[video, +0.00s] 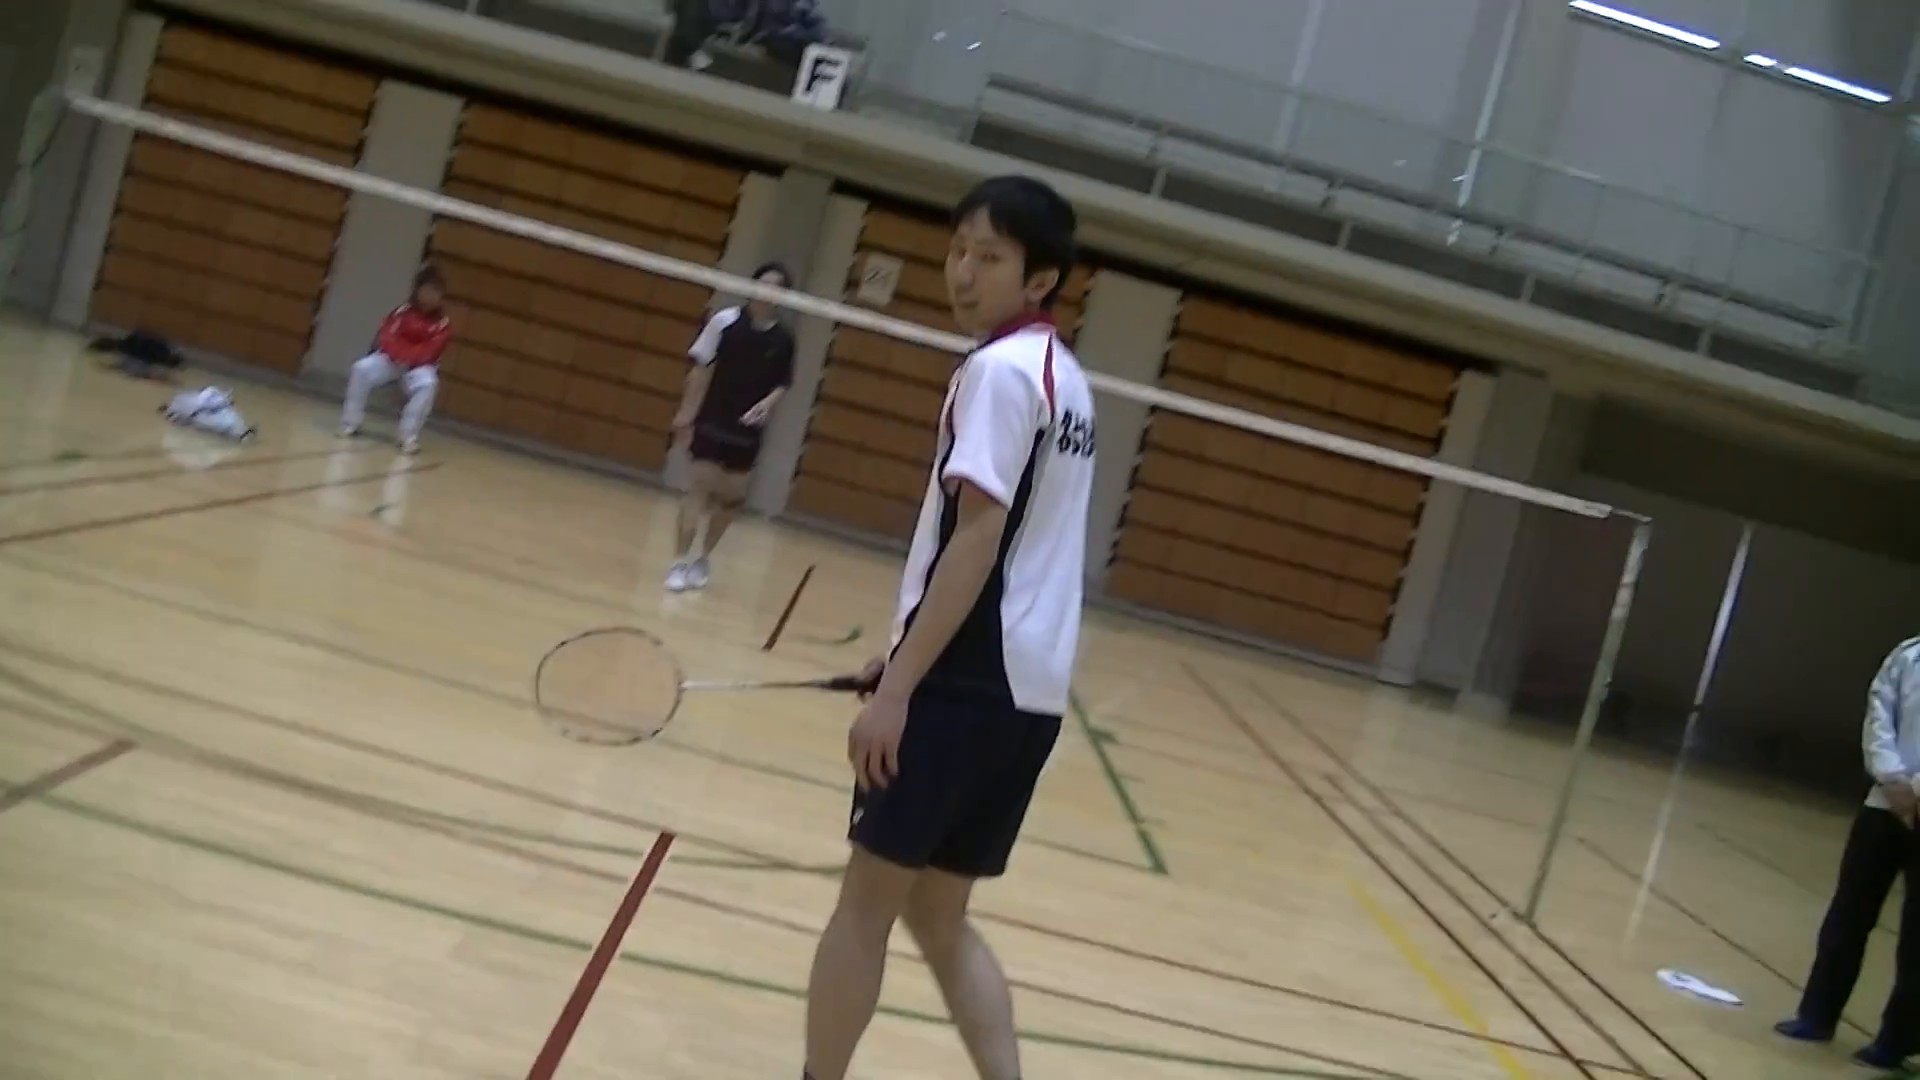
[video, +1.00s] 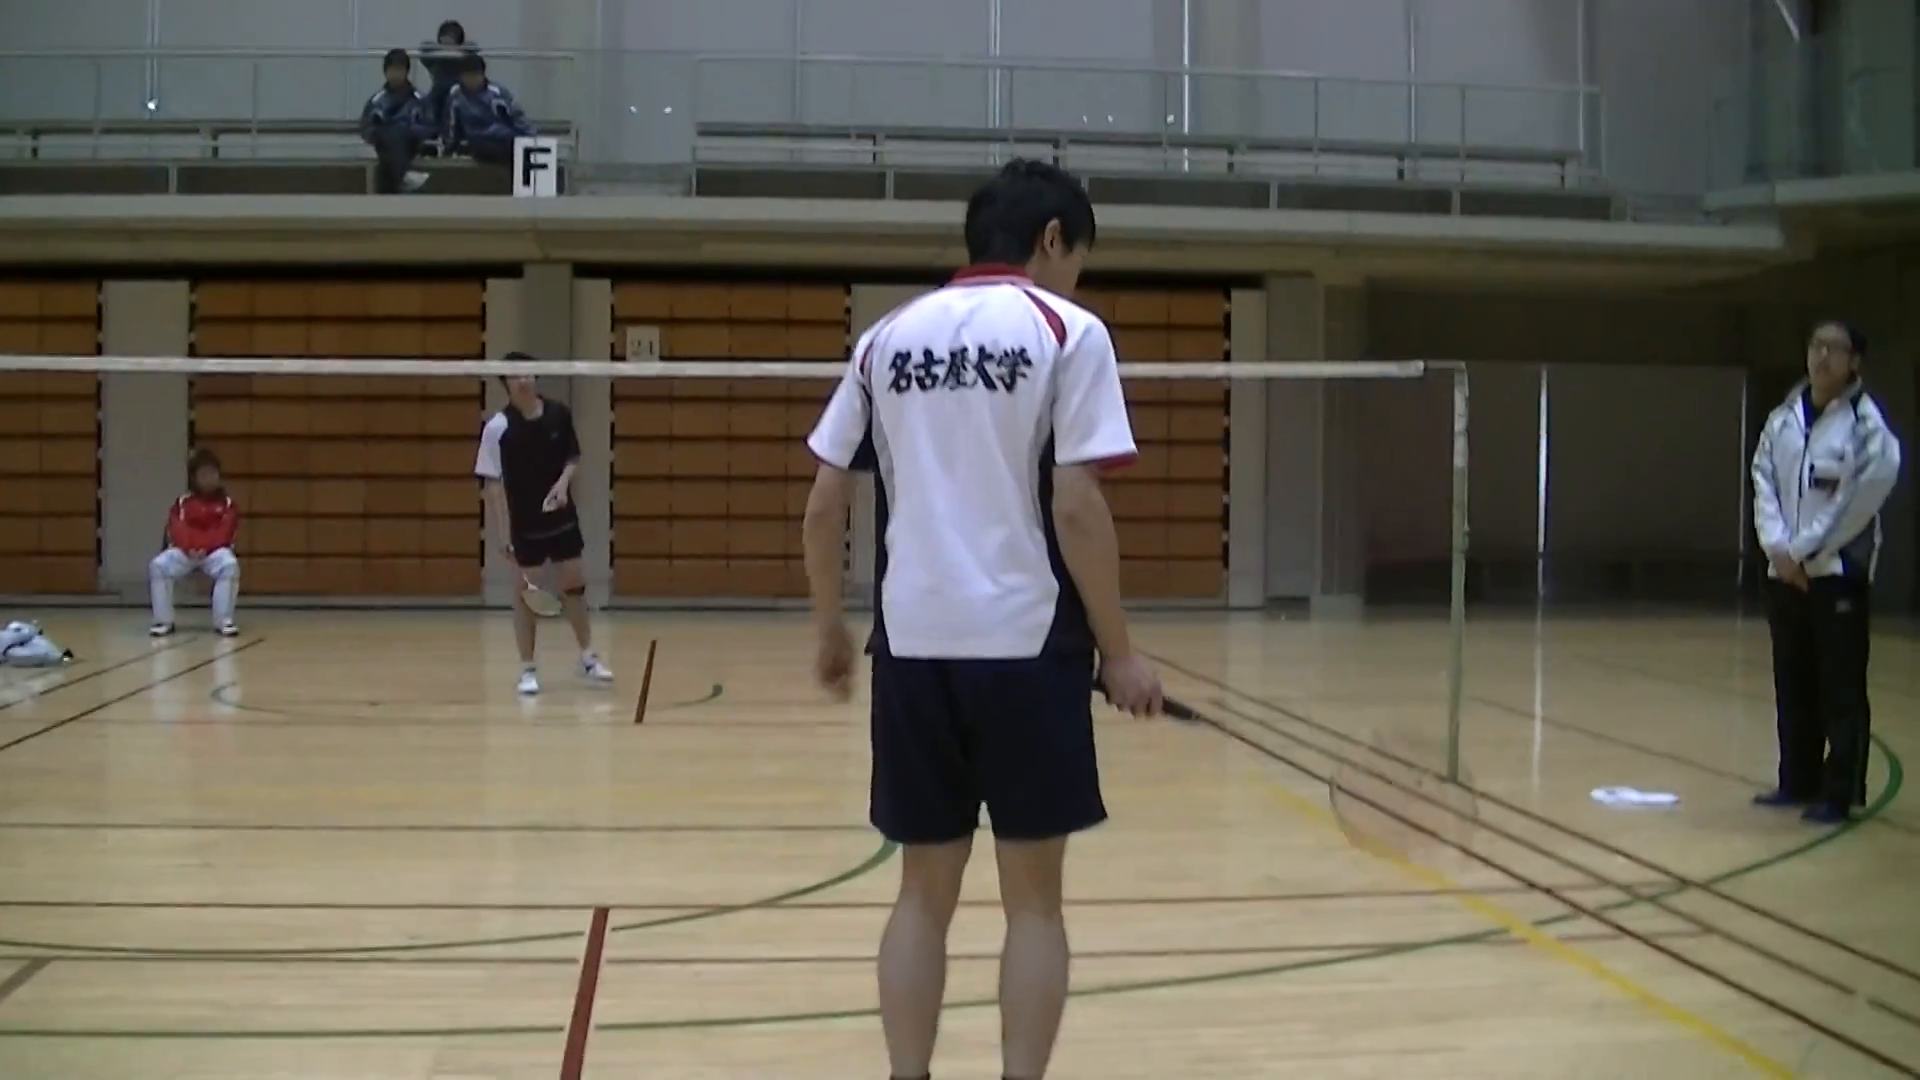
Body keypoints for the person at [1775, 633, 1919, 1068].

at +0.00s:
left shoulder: (1904, 659)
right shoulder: (1905, 658)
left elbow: (1879, 721)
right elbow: (1878, 720)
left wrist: (1905, 787)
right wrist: (1894, 780)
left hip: (1917, 820)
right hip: (1884, 811)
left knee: (1914, 942)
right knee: (1847, 919)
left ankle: (1896, 1042)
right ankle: (1817, 1018)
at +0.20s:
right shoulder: (1888, 631)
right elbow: (1862, 703)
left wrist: (1907, 771)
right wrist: (1883, 763)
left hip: (1917, 797)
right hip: (1871, 786)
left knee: (1913, 913)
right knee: (1839, 895)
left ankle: (1896, 1014)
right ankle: (1812, 996)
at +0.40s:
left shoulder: (1891, 544)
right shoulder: (1890, 543)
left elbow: (1868, 617)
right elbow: (1868, 617)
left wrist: (1903, 682)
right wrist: (1890, 675)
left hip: (1914, 703)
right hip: (1883, 698)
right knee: (1857, 809)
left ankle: (1913, 924)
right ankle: (1839, 912)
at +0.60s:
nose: (1908, 469)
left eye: (1916, 462)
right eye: (1903, 460)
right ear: (1890, 468)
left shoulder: (1918, 538)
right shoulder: (1853, 530)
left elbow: (1915, 624)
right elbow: (1830, 597)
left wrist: (1874, 667)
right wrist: (1846, 659)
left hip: (1903, 692)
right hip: (1846, 685)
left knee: (1900, 808)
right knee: (1829, 793)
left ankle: (1890, 911)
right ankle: (1818, 894)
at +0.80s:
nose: (1858, 443)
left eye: (1870, 436)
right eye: (1854, 433)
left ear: (1893, 449)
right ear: (1844, 440)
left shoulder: (1905, 515)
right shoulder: (1813, 499)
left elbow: (1892, 592)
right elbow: (1788, 564)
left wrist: (1830, 638)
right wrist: (1802, 629)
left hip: (1862, 662)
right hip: (1805, 656)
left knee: (1861, 776)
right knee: (1805, 767)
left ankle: (1855, 881)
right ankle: (1807, 865)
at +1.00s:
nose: (1822, 357)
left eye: (1834, 349)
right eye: (1816, 347)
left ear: (1854, 362)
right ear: (1805, 355)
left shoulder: (1871, 428)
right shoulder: (1782, 417)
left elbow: (1861, 504)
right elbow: (1761, 484)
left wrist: (1808, 551)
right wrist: (1778, 550)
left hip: (1839, 574)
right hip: (1785, 571)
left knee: (1841, 688)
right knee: (1793, 683)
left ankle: (1839, 795)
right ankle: (1797, 783)